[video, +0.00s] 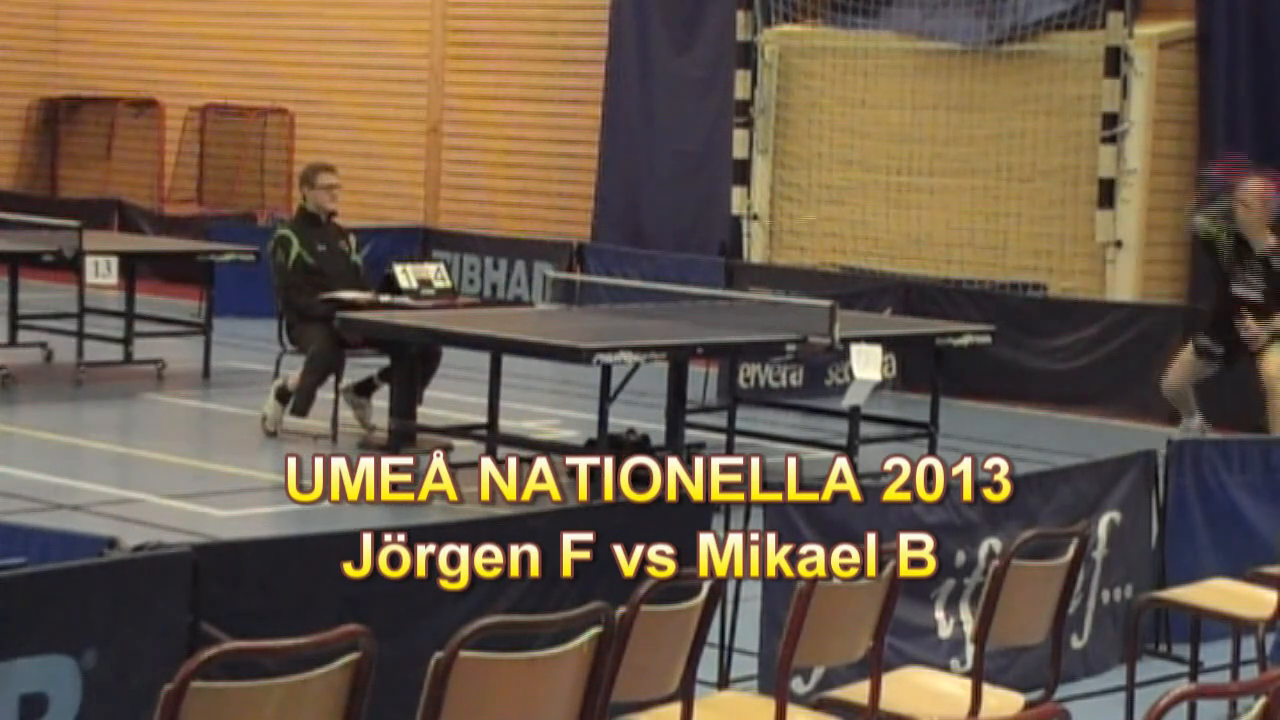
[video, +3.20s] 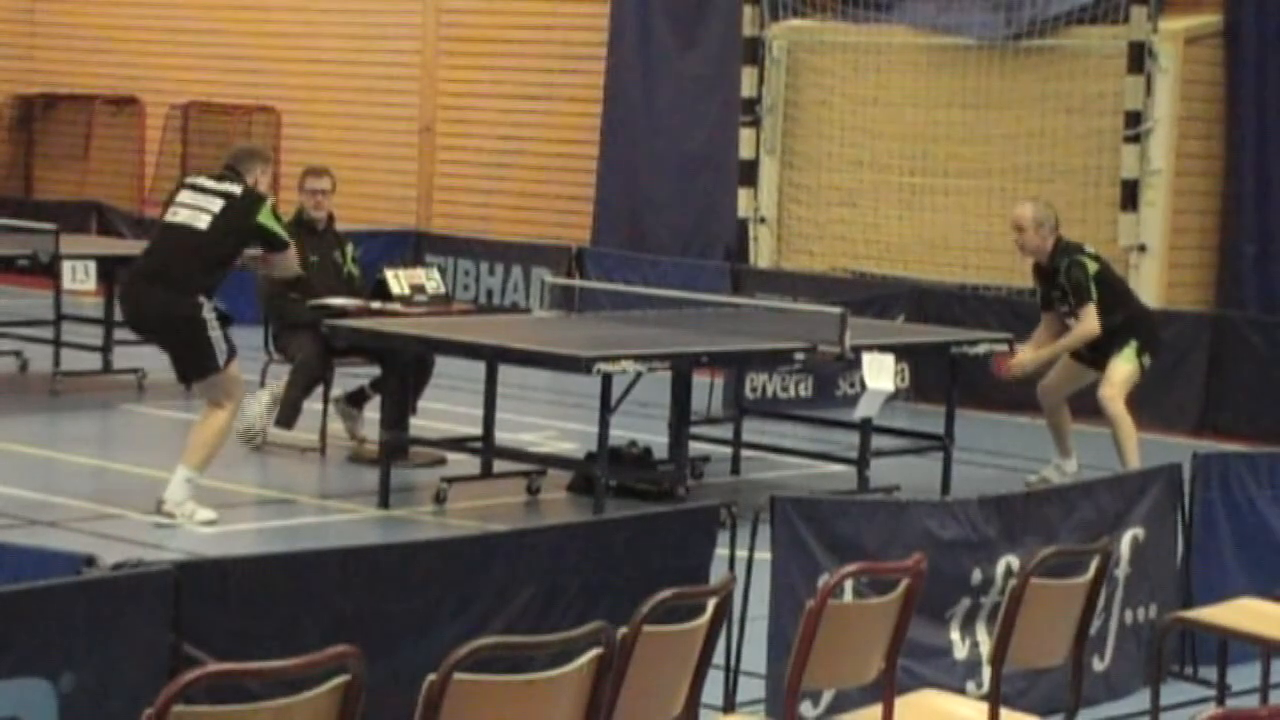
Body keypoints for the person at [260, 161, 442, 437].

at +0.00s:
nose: (335, 194)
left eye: (337, 188)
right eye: (327, 188)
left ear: (340, 191)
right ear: (306, 192)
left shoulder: (343, 235)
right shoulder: (289, 237)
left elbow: (357, 282)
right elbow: (293, 297)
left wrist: (369, 301)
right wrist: (340, 307)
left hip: (352, 318)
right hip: (310, 319)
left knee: (425, 351)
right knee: (328, 353)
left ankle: (362, 391)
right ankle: (284, 392)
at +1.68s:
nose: (358, 209)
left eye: (363, 203)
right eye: (354, 200)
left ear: (365, 204)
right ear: (336, 194)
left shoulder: (352, 237)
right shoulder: (309, 229)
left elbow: (360, 281)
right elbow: (327, 278)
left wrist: (394, 281)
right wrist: (373, 283)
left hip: (350, 313)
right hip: (310, 312)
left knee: (425, 351)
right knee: (328, 355)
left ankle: (361, 391)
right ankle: (283, 392)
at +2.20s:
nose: (363, 208)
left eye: (367, 202)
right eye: (358, 199)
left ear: (370, 204)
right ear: (340, 195)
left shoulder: (355, 238)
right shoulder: (313, 229)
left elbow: (365, 281)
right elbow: (334, 276)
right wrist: (371, 286)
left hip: (350, 318)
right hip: (310, 316)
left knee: (419, 350)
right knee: (328, 349)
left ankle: (362, 391)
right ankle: (299, 395)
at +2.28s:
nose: (302, 196)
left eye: (309, 189)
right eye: (296, 188)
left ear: (317, 192)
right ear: (284, 190)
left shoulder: (321, 234)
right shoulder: (264, 236)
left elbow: (345, 278)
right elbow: (257, 296)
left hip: (329, 323)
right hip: (281, 324)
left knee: (409, 355)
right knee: (306, 356)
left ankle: (343, 402)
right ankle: (275, 403)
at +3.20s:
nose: (318, 200)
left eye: (324, 193)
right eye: (311, 193)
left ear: (332, 197)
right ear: (299, 195)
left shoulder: (340, 241)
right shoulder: (283, 237)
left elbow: (357, 290)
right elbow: (275, 300)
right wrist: (320, 315)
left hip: (340, 324)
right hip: (298, 324)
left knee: (417, 358)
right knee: (313, 359)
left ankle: (354, 401)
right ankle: (272, 423)